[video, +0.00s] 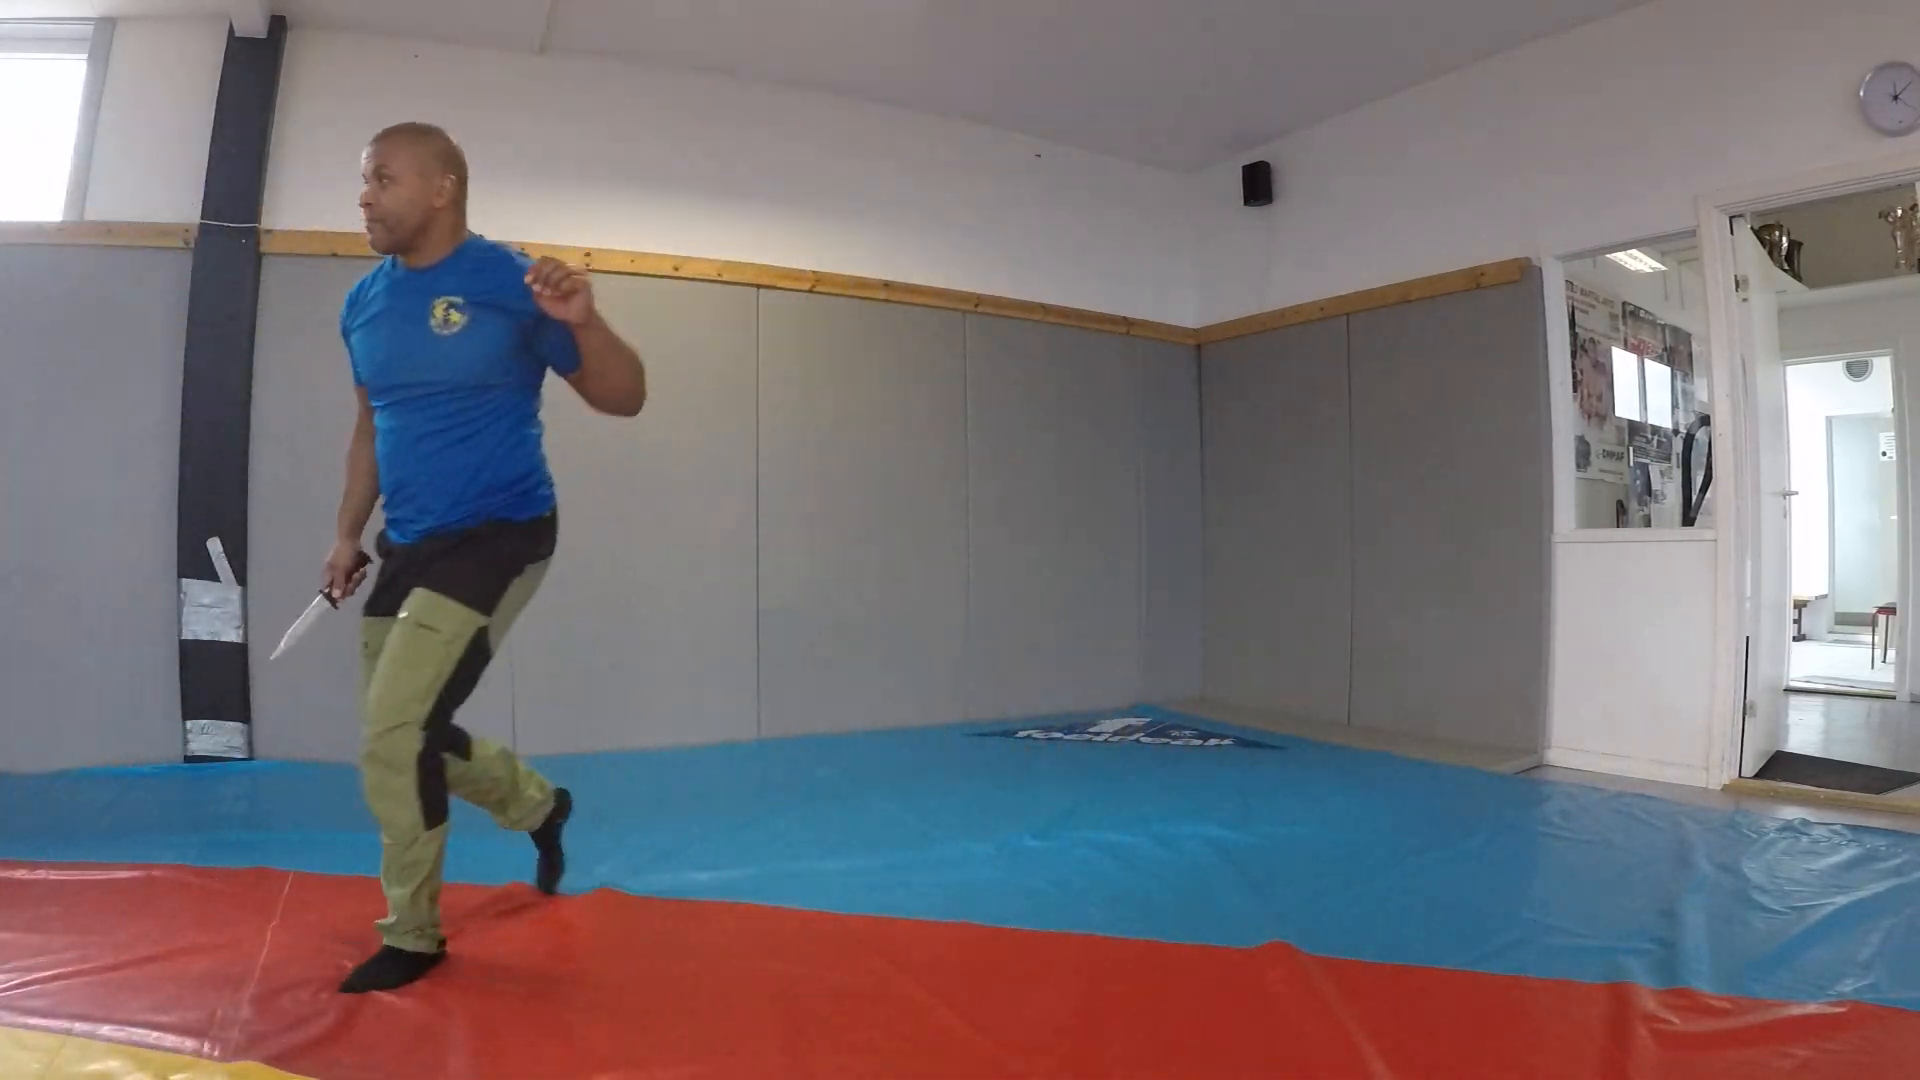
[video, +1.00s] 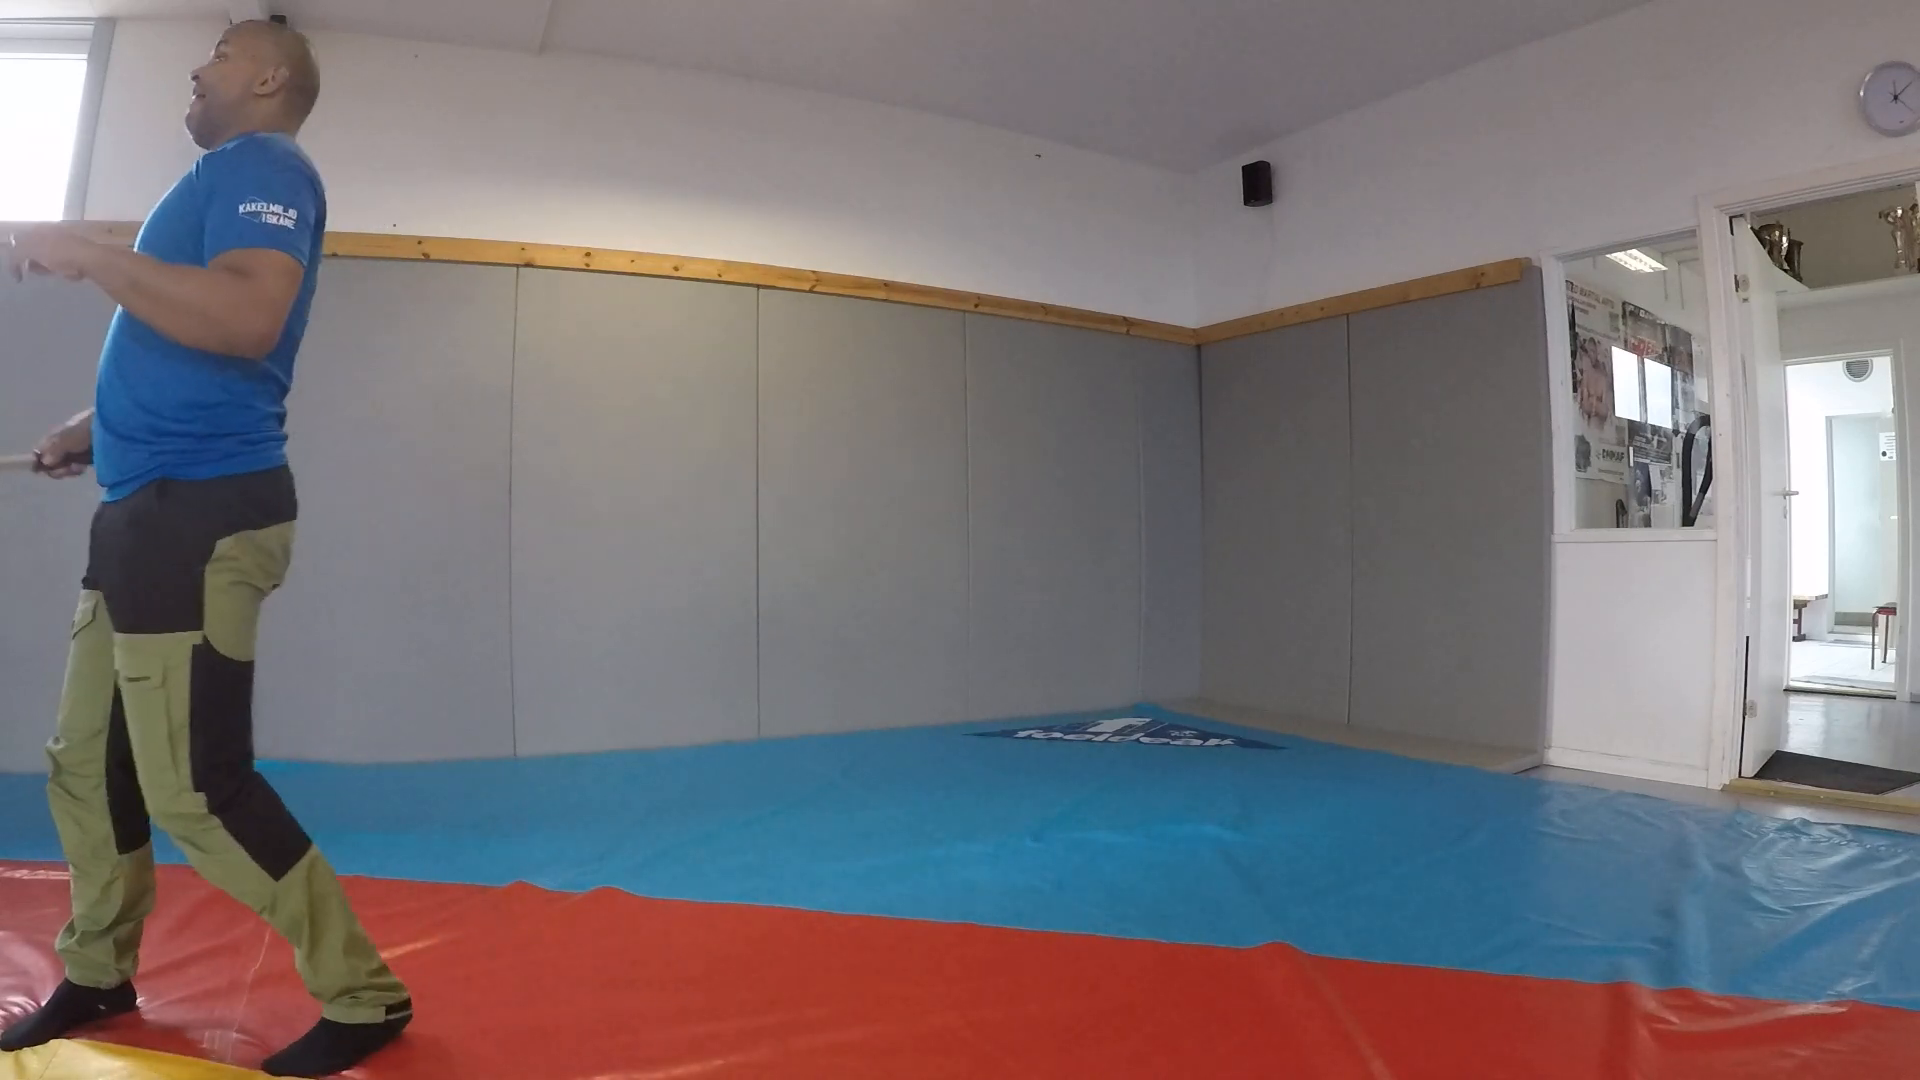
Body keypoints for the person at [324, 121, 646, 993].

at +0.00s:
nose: (364, 196)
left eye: (382, 181)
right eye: (365, 181)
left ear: (441, 191)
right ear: (406, 194)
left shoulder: (505, 282)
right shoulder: (366, 302)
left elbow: (624, 395)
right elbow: (370, 426)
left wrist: (584, 322)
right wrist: (350, 535)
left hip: (498, 531)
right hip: (410, 540)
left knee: (397, 725)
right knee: (398, 728)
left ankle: (412, 934)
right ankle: (539, 808)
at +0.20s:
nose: (279, 145)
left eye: (299, 129)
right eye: (283, 131)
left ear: (358, 145)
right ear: (332, 148)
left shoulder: (409, 254)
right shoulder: (288, 266)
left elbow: (445, 411)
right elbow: (278, 400)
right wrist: (246, 504)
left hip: (385, 527)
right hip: (295, 523)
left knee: (307, 746)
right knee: (219, 724)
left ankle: (404, 926)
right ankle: (324, 871)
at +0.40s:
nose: (199, 96)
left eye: (222, 83)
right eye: (204, 82)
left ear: (277, 113)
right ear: (237, 112)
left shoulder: (296, 214)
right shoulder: (219, 217)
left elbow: (299, 376)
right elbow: (207, 380)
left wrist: (150, 357)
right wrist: (161, 494)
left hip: (265, 521)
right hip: (182, 516)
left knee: (221, 767)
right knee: (109, 743)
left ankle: (374, 906)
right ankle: (101, 970)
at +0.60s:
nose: (132, 96)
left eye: (155, 82)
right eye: (140, 82)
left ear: (209, 105)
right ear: (191, 107)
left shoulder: (220, 191)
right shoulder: (163, 215)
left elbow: (225, 346)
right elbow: (137, 388)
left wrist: (70, 328)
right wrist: (56, 496)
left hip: (181, 518)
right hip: (106, 522)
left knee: (122, 771)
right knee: (44, 766)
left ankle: (329, 896)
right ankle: (98, 982)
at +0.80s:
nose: (143, 76)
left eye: (164, 63)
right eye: (151, 62)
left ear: (219, 81)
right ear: (211, 82)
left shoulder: (229, 155)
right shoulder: (175, 174)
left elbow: (238, 278)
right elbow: (137, 340)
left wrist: (91, 221)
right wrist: (35, 392)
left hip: (170, 491)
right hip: (117, 488)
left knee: (113, 757)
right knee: (71, 754)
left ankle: (317, 945)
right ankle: (98, 975)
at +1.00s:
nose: (198, 66)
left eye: (218, 53)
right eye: (207, 53)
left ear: (264, 78)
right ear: (259, 83)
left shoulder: (267, 166)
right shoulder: (215, 182)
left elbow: (252, 319)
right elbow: (194, 356)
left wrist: (99, 255)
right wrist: (94, 429)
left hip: (205, 510)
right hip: (143, 507)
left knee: (199, 787)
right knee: (88, 763)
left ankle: (365, 998)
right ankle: (97, 978)